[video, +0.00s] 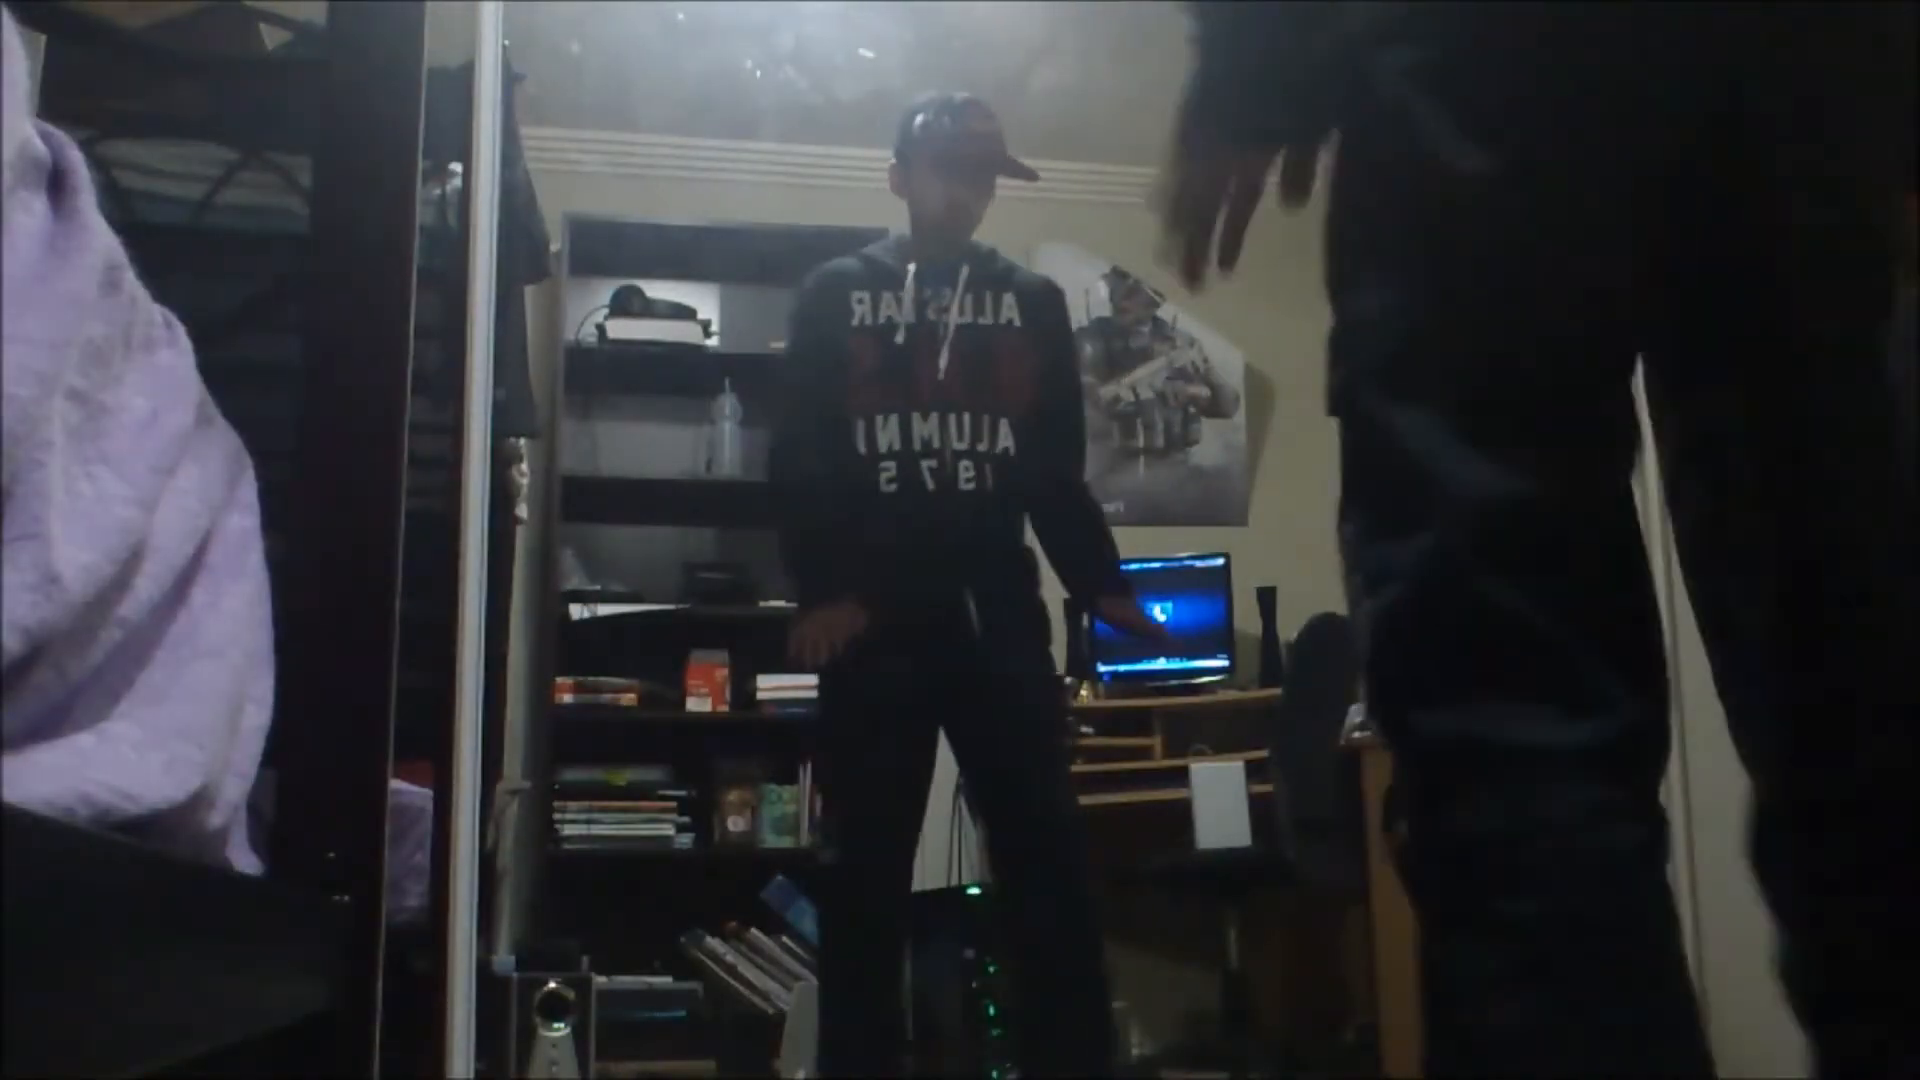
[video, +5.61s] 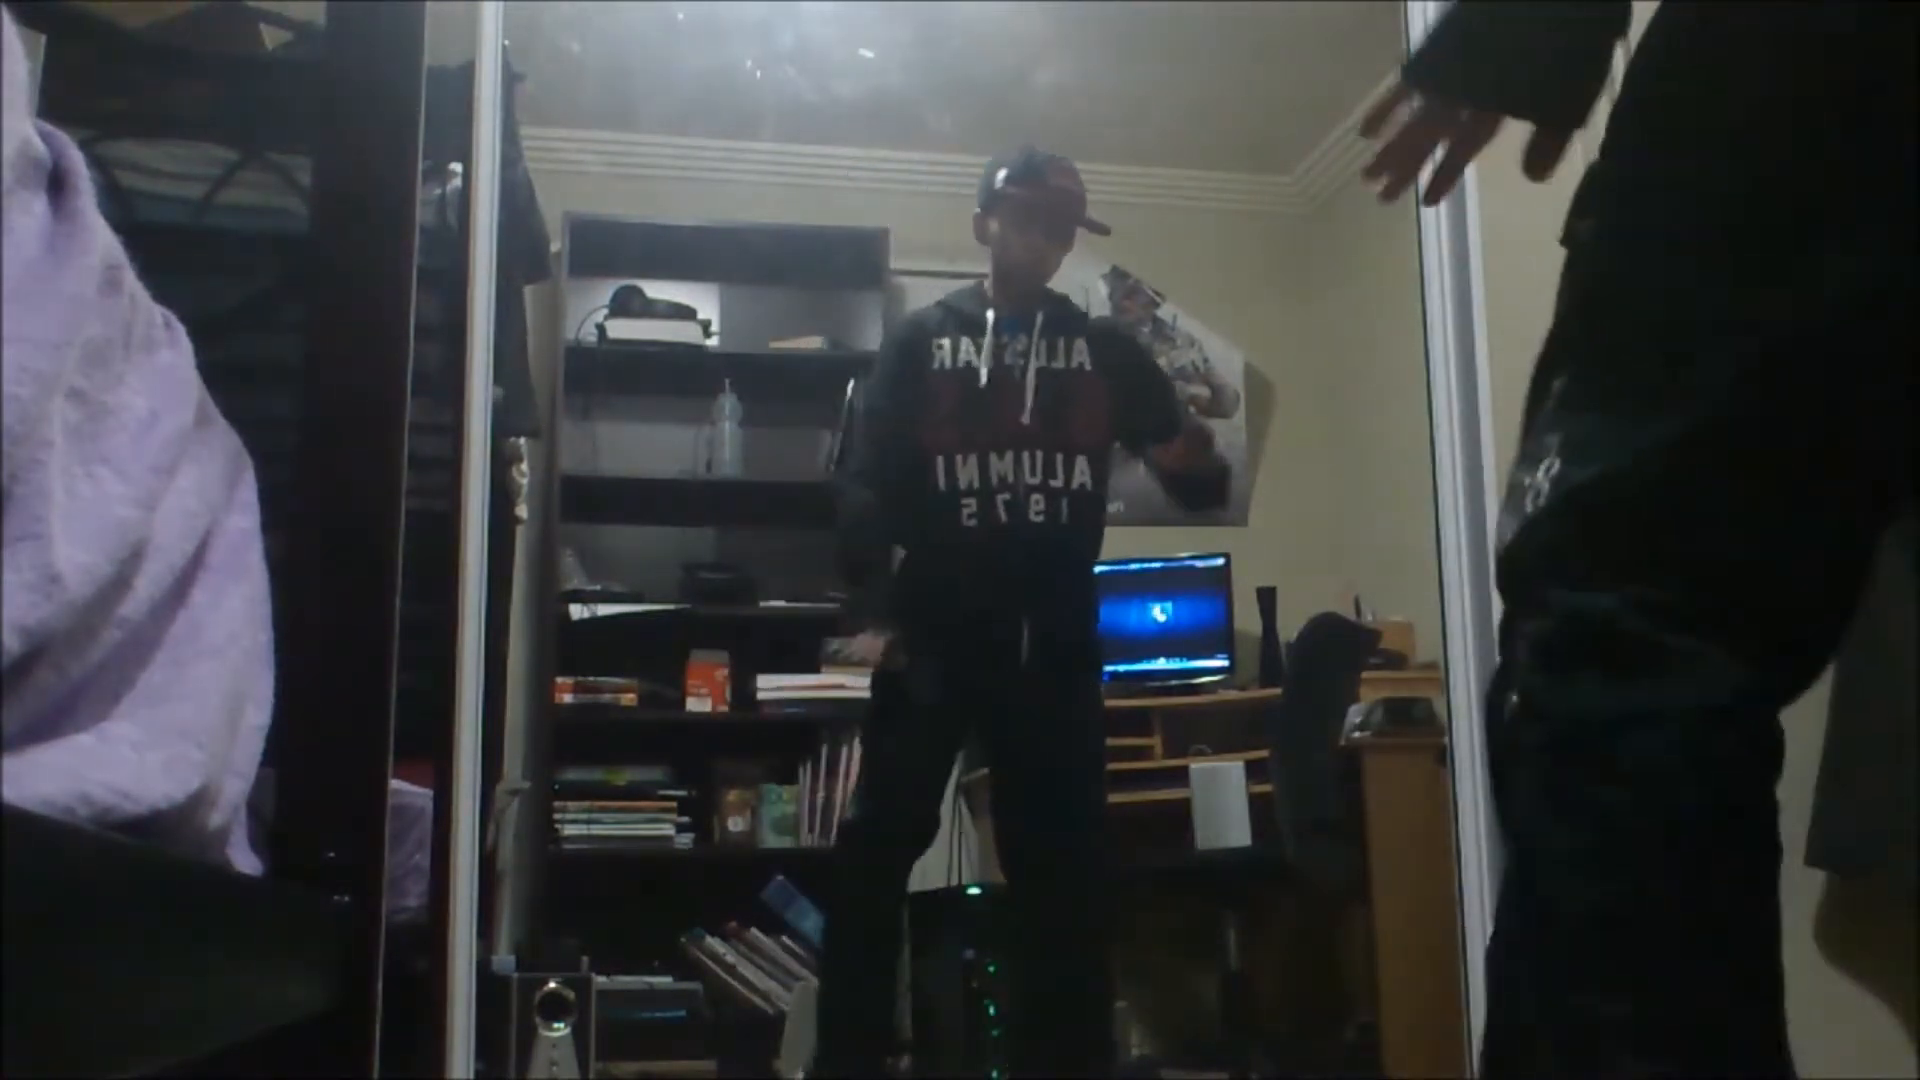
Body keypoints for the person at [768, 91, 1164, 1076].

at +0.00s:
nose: (967, 188)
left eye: (983, 171)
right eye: (947, 167)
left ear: (999, 179)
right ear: (901, 173)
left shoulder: (1032, 301)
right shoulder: (837, 290)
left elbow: (1053, 471)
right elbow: (804, 448)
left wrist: (1102, 585)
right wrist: (819, 587)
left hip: (996, 609)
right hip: (874, 610)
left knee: (1044, 855)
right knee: (867, 868)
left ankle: (1071, 1064)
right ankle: (857, 1069)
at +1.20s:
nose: (998, 171)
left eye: (1015, 155)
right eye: (979, 149)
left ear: (1033, 167)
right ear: (936, 154)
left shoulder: (1070, 291)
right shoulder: (876, 282)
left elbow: (1110, 449)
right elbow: (814, 429)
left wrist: (1140, 587)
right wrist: (889, 442)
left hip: (1047, 611)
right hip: (919, 608)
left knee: (1051, 866)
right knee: (909, 867)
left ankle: (1059, 1068)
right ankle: (904, 1066)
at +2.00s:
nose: (999, 187)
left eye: (1019, 170)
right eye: (981, 167)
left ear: (1046, 184)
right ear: (949, 177)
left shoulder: (1092, 299)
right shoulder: (893, 304)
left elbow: (1164, 467)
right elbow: (857, 466)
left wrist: (1113, 454)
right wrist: (842, 599)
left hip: (1052, 618)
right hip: (924, 615)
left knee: (1061, 868)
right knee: (893, 866)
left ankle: (1069, 1066)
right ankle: (883, 1068)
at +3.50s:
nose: (938, 238)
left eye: (958, 222)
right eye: (922, 222)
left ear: (992, 234)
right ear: (900, 230)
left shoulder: (1047, 346)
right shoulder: (868, 359)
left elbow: (1096, 499)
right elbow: (834, 504)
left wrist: (1034, 585)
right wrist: (813, 613)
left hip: (1005, 636)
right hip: (889, 635)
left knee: (1019, 867)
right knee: (834, 850)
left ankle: (1046, 1061)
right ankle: (819, 1058)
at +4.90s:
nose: (961, 242)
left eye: (977, 227)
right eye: (944, 222)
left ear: (996, 242)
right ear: (906, 231)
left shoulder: (1027, 357)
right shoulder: (846, 354)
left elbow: (1075, 490)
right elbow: (813, 502)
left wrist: (1092, 599)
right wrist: (879, 558)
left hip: (1004, 644)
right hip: (887, 646)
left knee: (1042, 878)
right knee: (864, 886)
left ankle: (1069, 1067)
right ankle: (849, 1068)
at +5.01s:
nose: (997, 244)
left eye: (1008, 230)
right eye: (980, 225)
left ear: (1018, 242)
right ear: (932, 229)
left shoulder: (1040, 356)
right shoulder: (868, 336)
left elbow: (1086, 487)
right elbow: (828, 484)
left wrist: (1120, 596)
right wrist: (935, 492)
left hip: (1011, 641)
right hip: (900, 638)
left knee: (1052, 888)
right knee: (874, 894)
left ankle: (1065, 1069)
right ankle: (851, 1070)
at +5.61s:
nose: (1051, 238)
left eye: (1064, 225)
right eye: (1033, 217)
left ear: (1075, 237)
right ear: (987, 222)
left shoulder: (1107, 347)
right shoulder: (921, 339)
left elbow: (1202, 484)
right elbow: (864, 480)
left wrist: (1179, 441)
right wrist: (869, 605)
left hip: (1052, 628)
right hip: (934, 625)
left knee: (1060, 862)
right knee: (875, 853)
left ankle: (1067, 1063)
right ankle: (852, 1062)